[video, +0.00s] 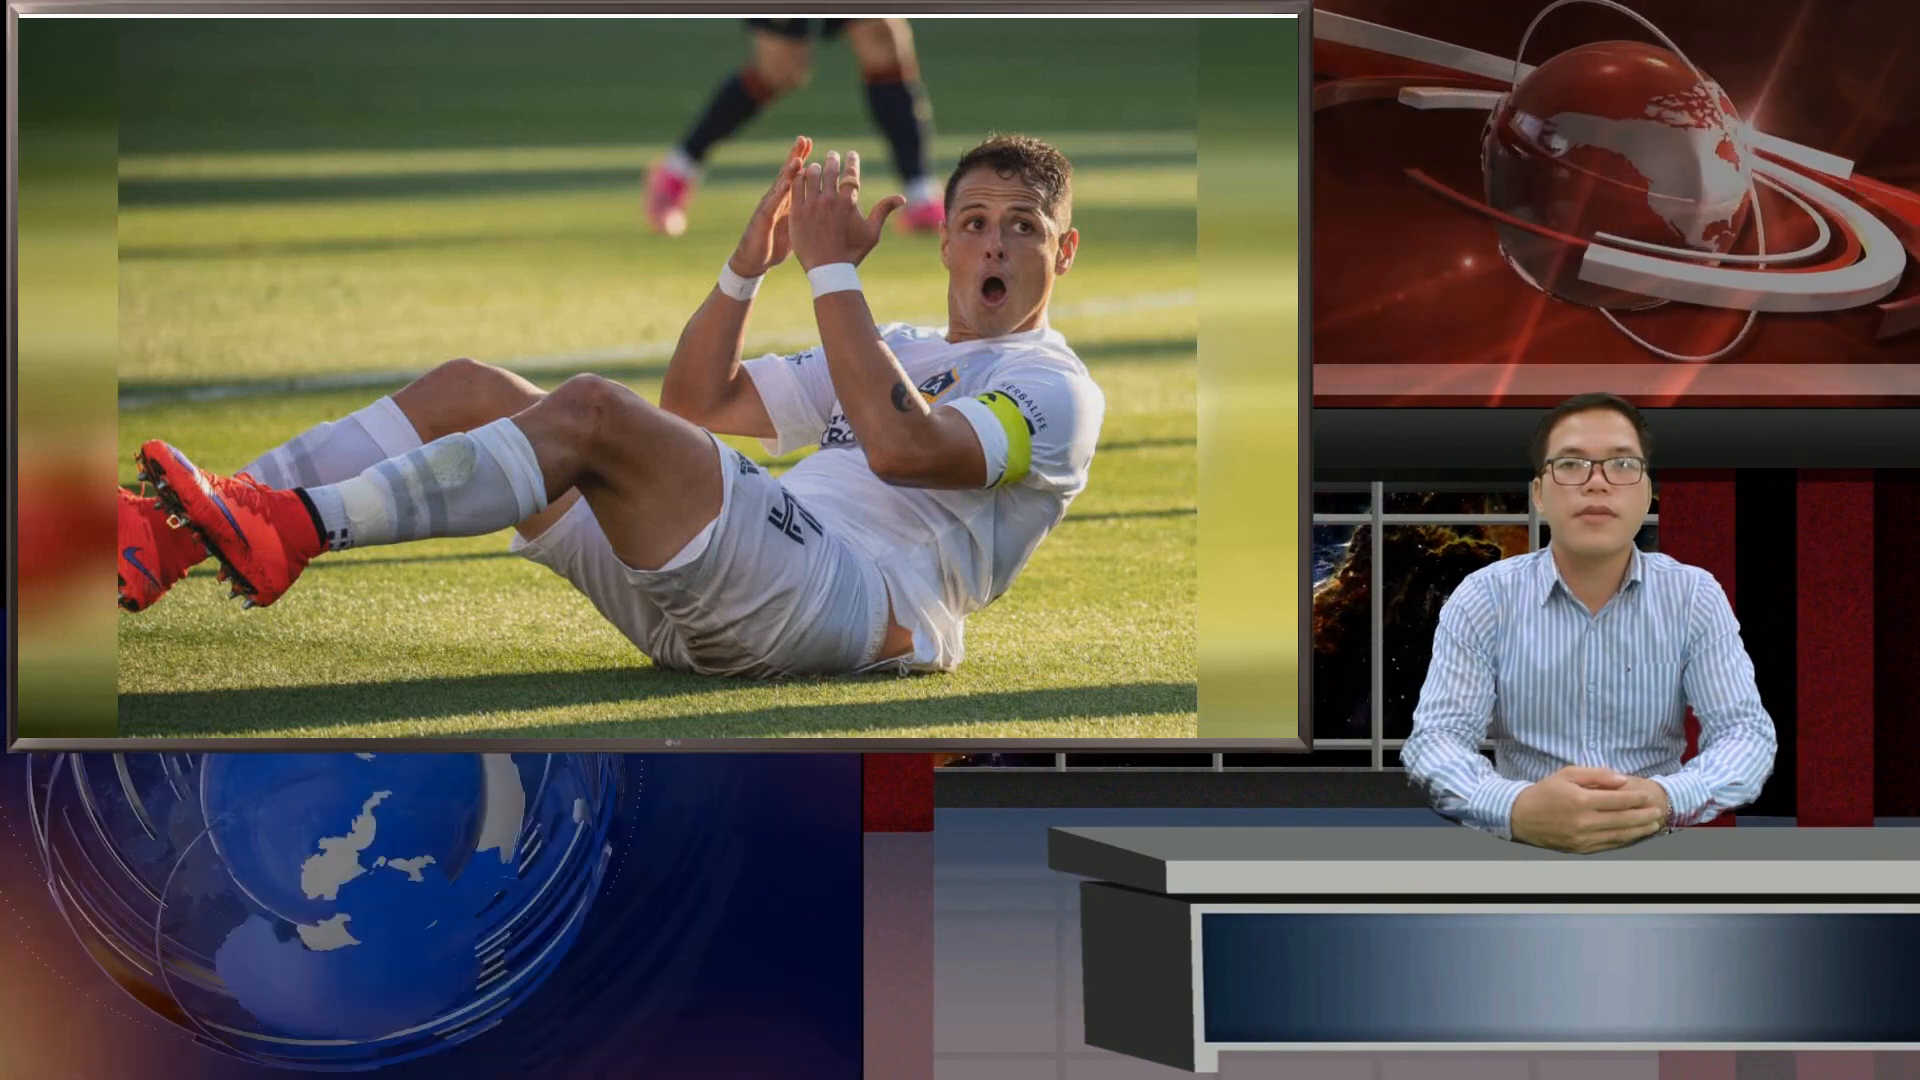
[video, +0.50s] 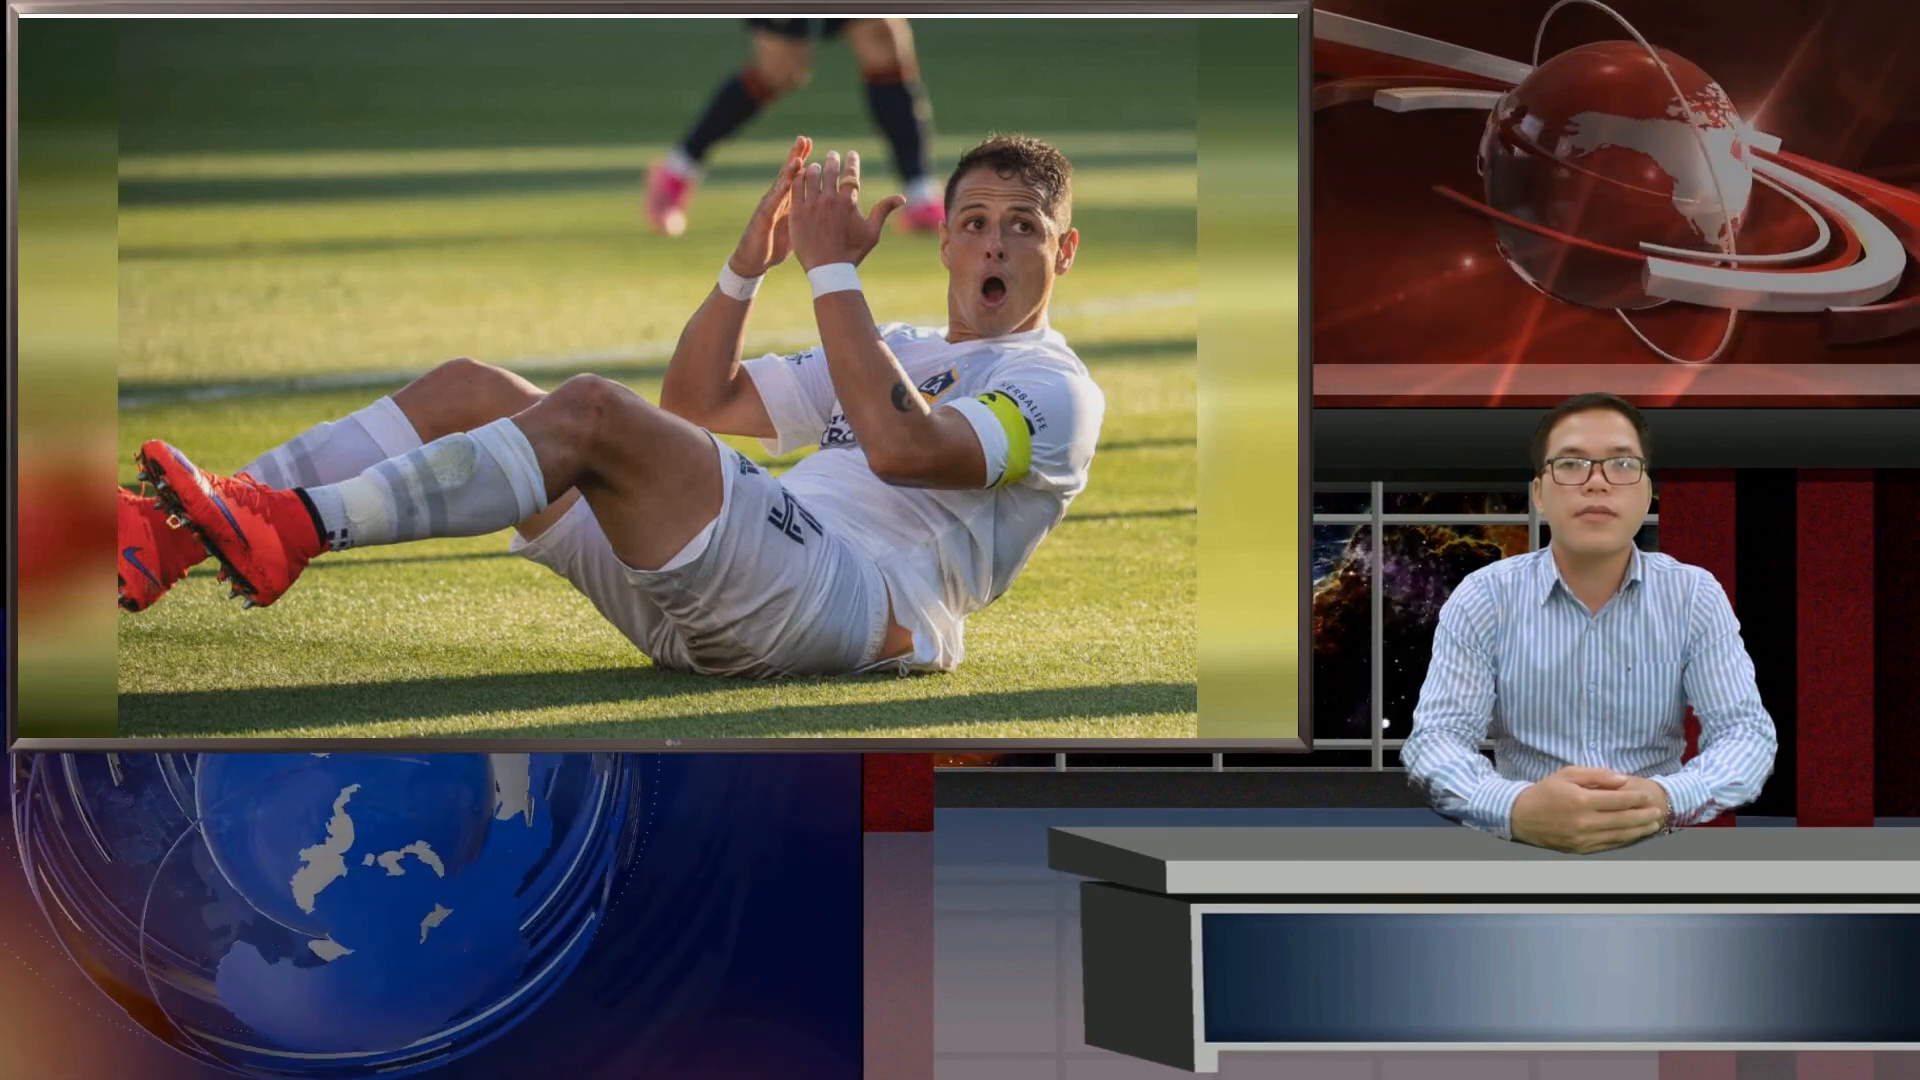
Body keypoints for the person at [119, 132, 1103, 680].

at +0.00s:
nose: (995, 246)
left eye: (1022, 230)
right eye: (975, 224)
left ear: (1065, 257)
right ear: (942, 242)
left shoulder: (1054, 389)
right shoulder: (893, 358)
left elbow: (901, 447)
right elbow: (695, 404)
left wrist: (834, 270)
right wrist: (746, 270)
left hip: (842, 602)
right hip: (735, 572)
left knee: (592, 413)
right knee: (468, 389)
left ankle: (300, 524)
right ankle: (174, 542)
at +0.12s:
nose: (995, 246)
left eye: (1022, 230)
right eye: (975, 224)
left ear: (1065, 257)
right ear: (942, 242)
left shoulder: (1054, 389)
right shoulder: (893, 359)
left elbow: (901, 447)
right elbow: (695, 404)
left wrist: (834, 270)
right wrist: (746, 270)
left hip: (842, 602)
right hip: (734, 572)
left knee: (592, 413)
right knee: (468, 389)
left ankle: (300, 524)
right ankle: (174, 542)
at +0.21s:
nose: (996, 245)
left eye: (1023, 229)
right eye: (976, 223)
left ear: (1065, 257)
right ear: (943, 241)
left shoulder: (1056, 389)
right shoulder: (892, 358)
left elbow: (901, 447)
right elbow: (695, 405)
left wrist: (833, 268)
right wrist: (747, 269)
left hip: (840, 603)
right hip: (733, 572)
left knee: (593, 413)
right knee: (467, 389)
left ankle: (300, 524)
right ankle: (173, 542)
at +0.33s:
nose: (996, 245)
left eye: (1023, 229)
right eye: (976, 223)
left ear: (1065, 257)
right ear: (943, 241)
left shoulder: (1056, 389)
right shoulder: (892, 358)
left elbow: (901, 447)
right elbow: (695, 405)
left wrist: (833, 268)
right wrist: (746, 269)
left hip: (840, 603)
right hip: (733, 572)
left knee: (593, 413)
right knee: (467, 389)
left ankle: (300, 524)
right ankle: (173, 541)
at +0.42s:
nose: (996, 245)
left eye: (1023, 229)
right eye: (976, 223)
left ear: (1065, 257)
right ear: (943, 241)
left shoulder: (1056, 389)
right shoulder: (892, 358)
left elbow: (901, 447)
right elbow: (695, 405)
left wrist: (833, 268)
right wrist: (746, 270)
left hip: (840, 603)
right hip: (733, 572)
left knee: (593, 413)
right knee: (467, 389)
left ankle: (300, 524)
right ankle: (173, 541)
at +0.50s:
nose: (995, 246)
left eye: (1022, 230)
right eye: (975, 224)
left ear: (1065, 257)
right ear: (942, 242)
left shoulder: (1054, 389)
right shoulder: (893, 359)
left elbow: (901, 447)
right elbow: (695, 404)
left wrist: (833, 270)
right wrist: (746, 270)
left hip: (842, 602)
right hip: (734, 572)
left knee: (592, 413)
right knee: (468, 389)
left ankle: (300, 524)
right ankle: (174, 542)